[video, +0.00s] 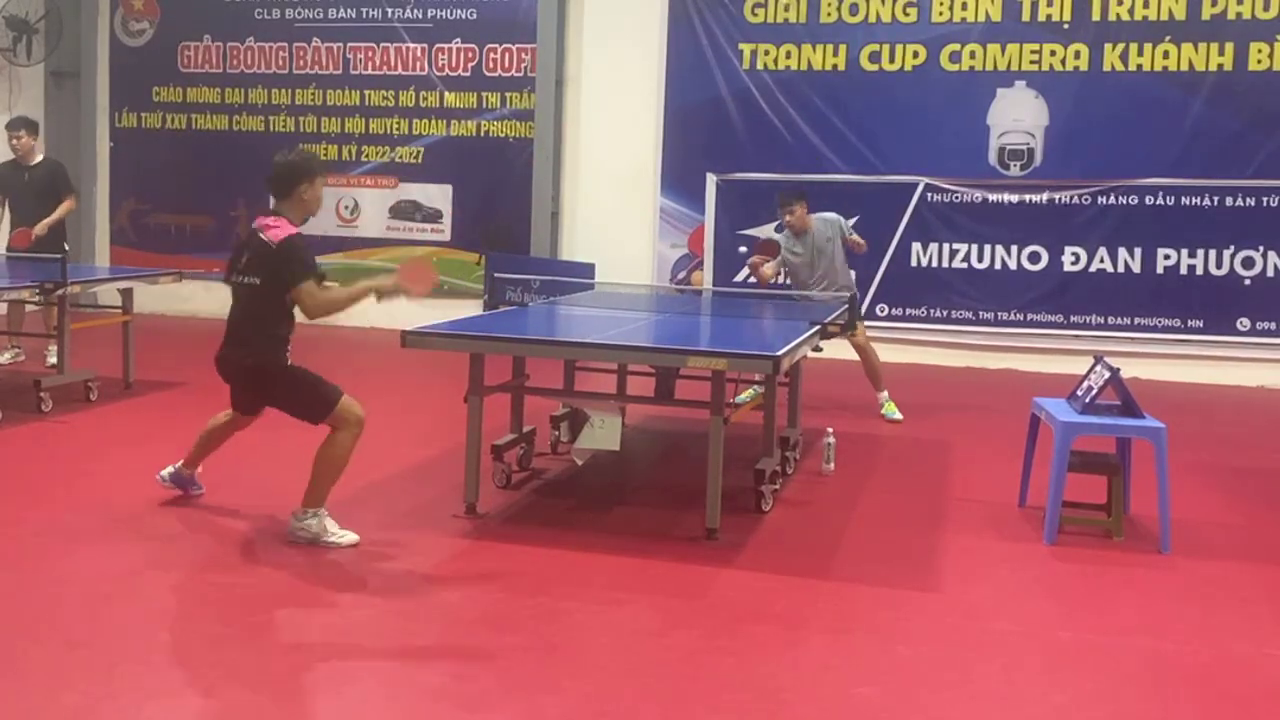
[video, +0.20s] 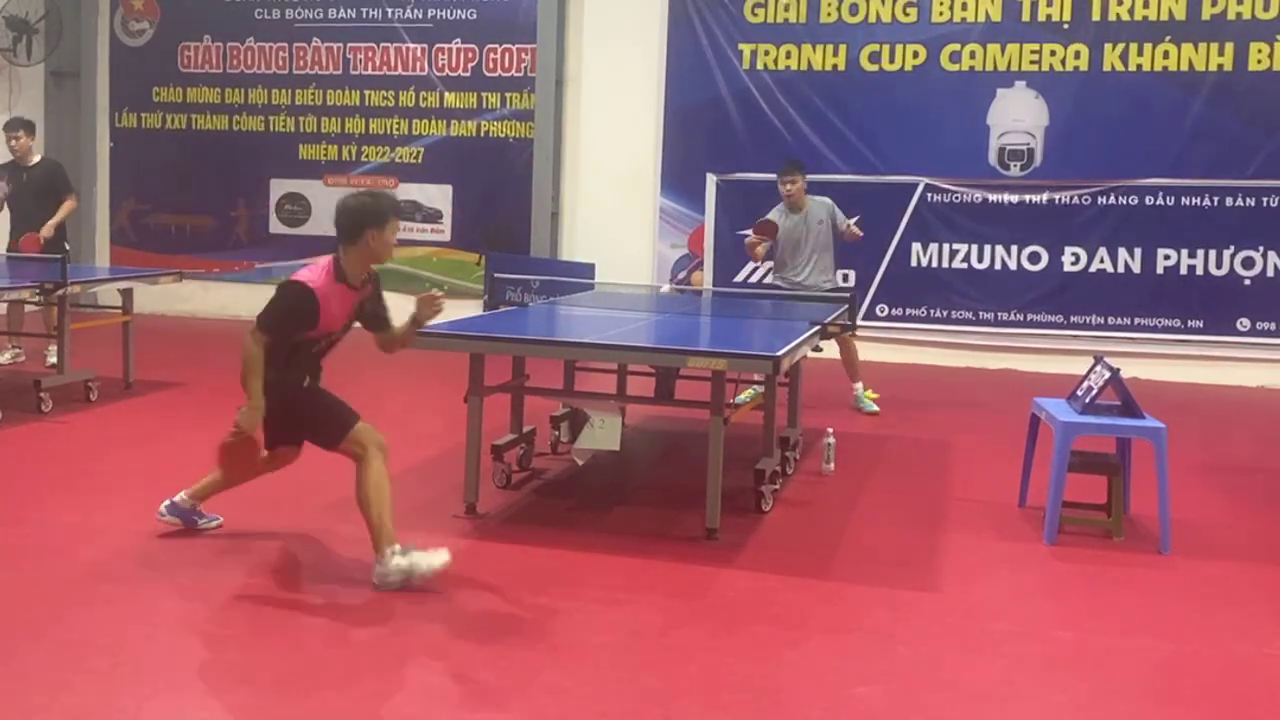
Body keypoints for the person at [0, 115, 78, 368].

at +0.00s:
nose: (13, 143)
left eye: (18, 138)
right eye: (10, 138)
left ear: (33, 139)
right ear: (8, 140)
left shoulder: (53, 167)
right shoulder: (7, 169)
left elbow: (70, 201)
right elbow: (3, 204)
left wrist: (47, 223)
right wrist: (6, 232)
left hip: (50, 247)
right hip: (17, 247)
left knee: (51, 298)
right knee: (14, 296)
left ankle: (53, 346)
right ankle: (14, 346)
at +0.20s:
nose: (12, 144)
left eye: (17, 139)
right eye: (9, 139)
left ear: (31, 139)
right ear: (6, 141)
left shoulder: (52, 167)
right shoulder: (6, 171)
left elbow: (71, 200)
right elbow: (1, 207)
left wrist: (51, 224)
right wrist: (2, 195)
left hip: (50, 246)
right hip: (18, 245)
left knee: (51, 297)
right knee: (14, 296)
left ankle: (53, 346)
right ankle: (14, 346)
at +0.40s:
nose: (15, 141)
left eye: (21, 136)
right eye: (12, 137)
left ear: (34, 139)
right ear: (9, 140)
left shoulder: (52, 169)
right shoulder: (5, 169)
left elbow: (70, 202)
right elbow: (5, 205)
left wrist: (53, 226)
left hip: (46, 249)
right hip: (11, 248)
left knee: (50, 298)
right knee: (3, 297)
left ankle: (53, 345)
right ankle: (5, 340)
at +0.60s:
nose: (9, 143)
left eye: (15, 139)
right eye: (6, 139)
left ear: (28, 142)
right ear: (2, 142)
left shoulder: (43, 174)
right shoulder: (2, 169)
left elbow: (57, 207)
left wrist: (49, 231)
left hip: (32, 253)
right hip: (4, 253)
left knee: (42, 298)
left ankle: (52, 345)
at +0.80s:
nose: (2, 155)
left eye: (7, 151)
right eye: (0, 150)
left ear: (15, 155)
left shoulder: (18, 179)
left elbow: (25, 208)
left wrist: (32, 232)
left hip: (9, 252)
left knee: (25, 298)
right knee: (23, 299)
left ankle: (44, 346)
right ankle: (44, 346)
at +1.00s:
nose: (4, 177)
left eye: (7, 172)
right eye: (2, 172)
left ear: (11, 171)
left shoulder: (10, 186)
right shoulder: (8, 187)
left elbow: (19, 208)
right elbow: (19, 208)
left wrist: (24, 232)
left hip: (2, 253)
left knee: (5, 295)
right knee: (4, 297)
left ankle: (4, 340)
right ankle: (4, 340)